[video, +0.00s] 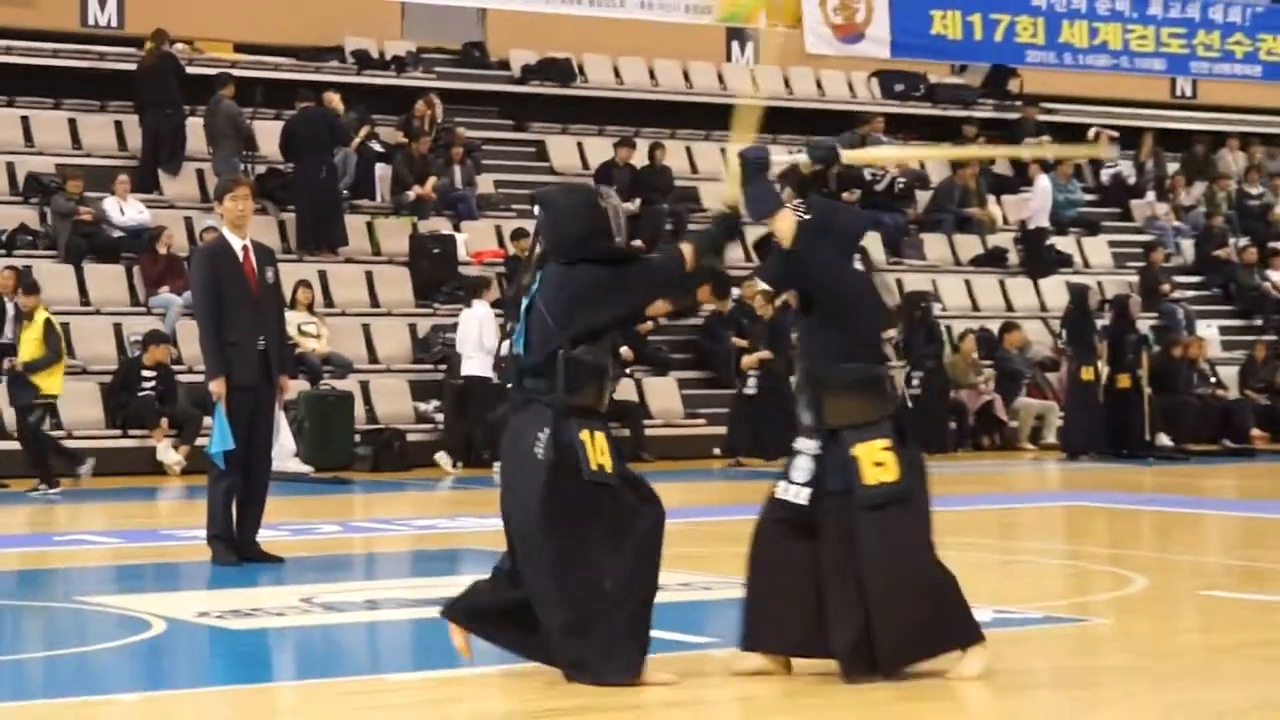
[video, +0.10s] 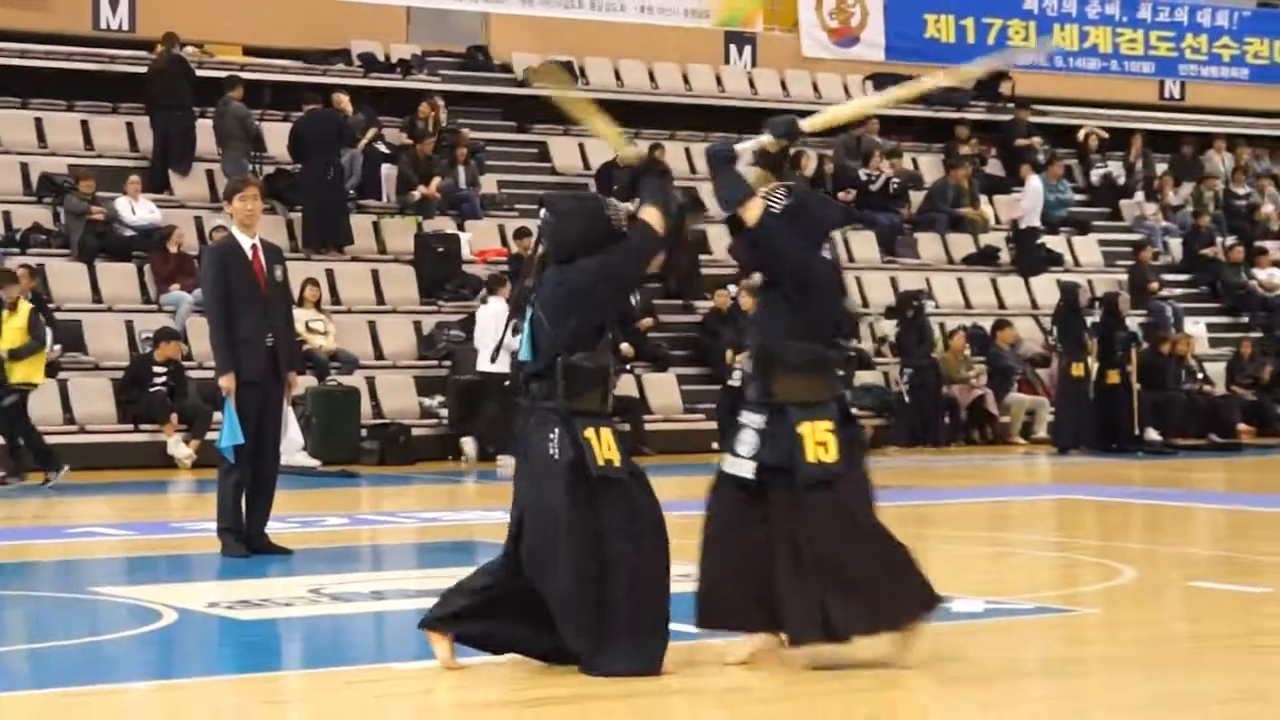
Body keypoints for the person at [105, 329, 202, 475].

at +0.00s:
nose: (169, 353)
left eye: (168, 349)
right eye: (165, 348)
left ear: (154, 349)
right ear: (152, 348)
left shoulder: (166, 371)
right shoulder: (128, 366)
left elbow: (170, 399)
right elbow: (113, 394)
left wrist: (165, 417)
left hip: (157, 414)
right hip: (129, 415)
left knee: (194, 416)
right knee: (147, 401)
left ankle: (178, 458)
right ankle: (162, 446)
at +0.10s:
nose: (179, 349)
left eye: (179, 345)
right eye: (176, 345)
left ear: (165, 345)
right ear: (163, 345)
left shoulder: (176, 366)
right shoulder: (140, 362)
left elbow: (181, 394)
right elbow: (126, 390)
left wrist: (175, 412)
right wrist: (148, 398)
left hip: (168, 408)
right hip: (141, 410)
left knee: (204, 411)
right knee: (159, 397)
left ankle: (188, 453)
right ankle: (173, 441)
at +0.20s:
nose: (196, 349)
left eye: (196, 346)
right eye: (193, 345)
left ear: (182, 346)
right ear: (180, 345)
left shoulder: (193, 366)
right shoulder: (158, 362)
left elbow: (198, 393)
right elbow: (144, 389)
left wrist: (191, 410)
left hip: (185, 406)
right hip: (158, 407)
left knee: (219, 410)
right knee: (176, 395)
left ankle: (204, 449)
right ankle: (190, 438)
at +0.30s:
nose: (207, 349)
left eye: (206, 346)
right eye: (203, 345)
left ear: (193, 346)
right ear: (191, 345)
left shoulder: (204, 366)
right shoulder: (170, 362)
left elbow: (209, 391)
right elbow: (156, 388)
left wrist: (202, 406)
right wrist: (177, 396)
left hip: (197, 404)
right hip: (171, 406)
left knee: (229, 408)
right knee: (187, 394)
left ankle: (215, 447)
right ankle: (200, 435)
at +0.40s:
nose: (214, 349)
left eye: (213, 345)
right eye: (211, 345)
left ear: (200, 345)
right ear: (198, 345)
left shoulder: (211, 366)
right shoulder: (177, 362)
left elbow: (216, 391)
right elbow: (164, 388)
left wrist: (209, 405)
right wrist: (185, 394)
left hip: (204, 403)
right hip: (177, 404)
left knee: (236, 407)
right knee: (195, 393)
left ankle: (222, 445)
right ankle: (207, 434)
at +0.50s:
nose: (220, 349)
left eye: (220, 345)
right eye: (217, 345)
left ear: (206, 345)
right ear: (205, 345)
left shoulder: (218, 365)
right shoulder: (184, 361)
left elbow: (223, 391)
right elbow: (172, 388)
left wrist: (216, 404)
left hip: (210, 403)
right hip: (184, 404)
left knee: (242, 406)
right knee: (202, 392)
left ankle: (228, 444)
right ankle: (214, 433)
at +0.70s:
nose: (241, 349)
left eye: (241, 346)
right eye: (238, 345)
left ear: (228, 345)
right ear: (227, 345)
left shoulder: (239, 365)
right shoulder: (207, 361)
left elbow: (244, 388)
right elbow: (196, 384)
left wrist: (238, 401)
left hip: (232, 400)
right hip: (208, 401)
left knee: (262, 403)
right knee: (224, 392)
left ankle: (249, 438)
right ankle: (236, 429)